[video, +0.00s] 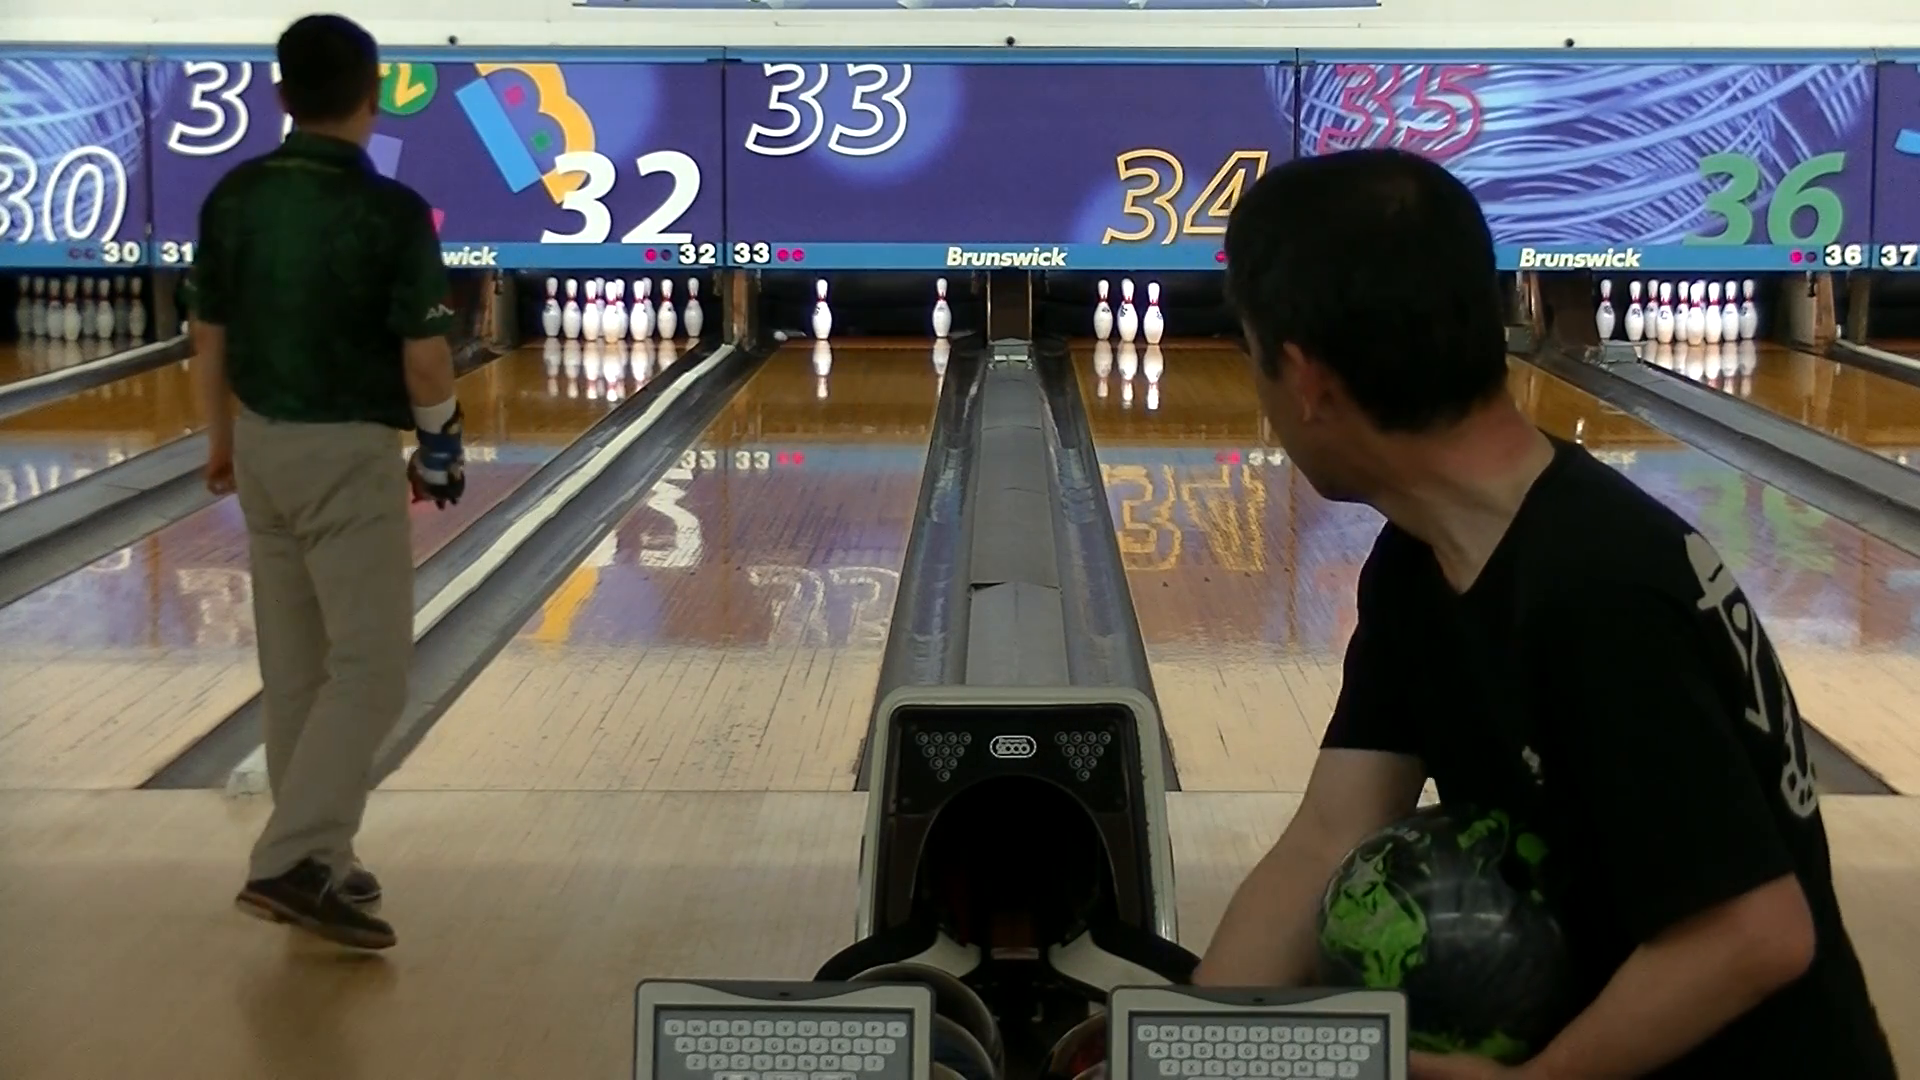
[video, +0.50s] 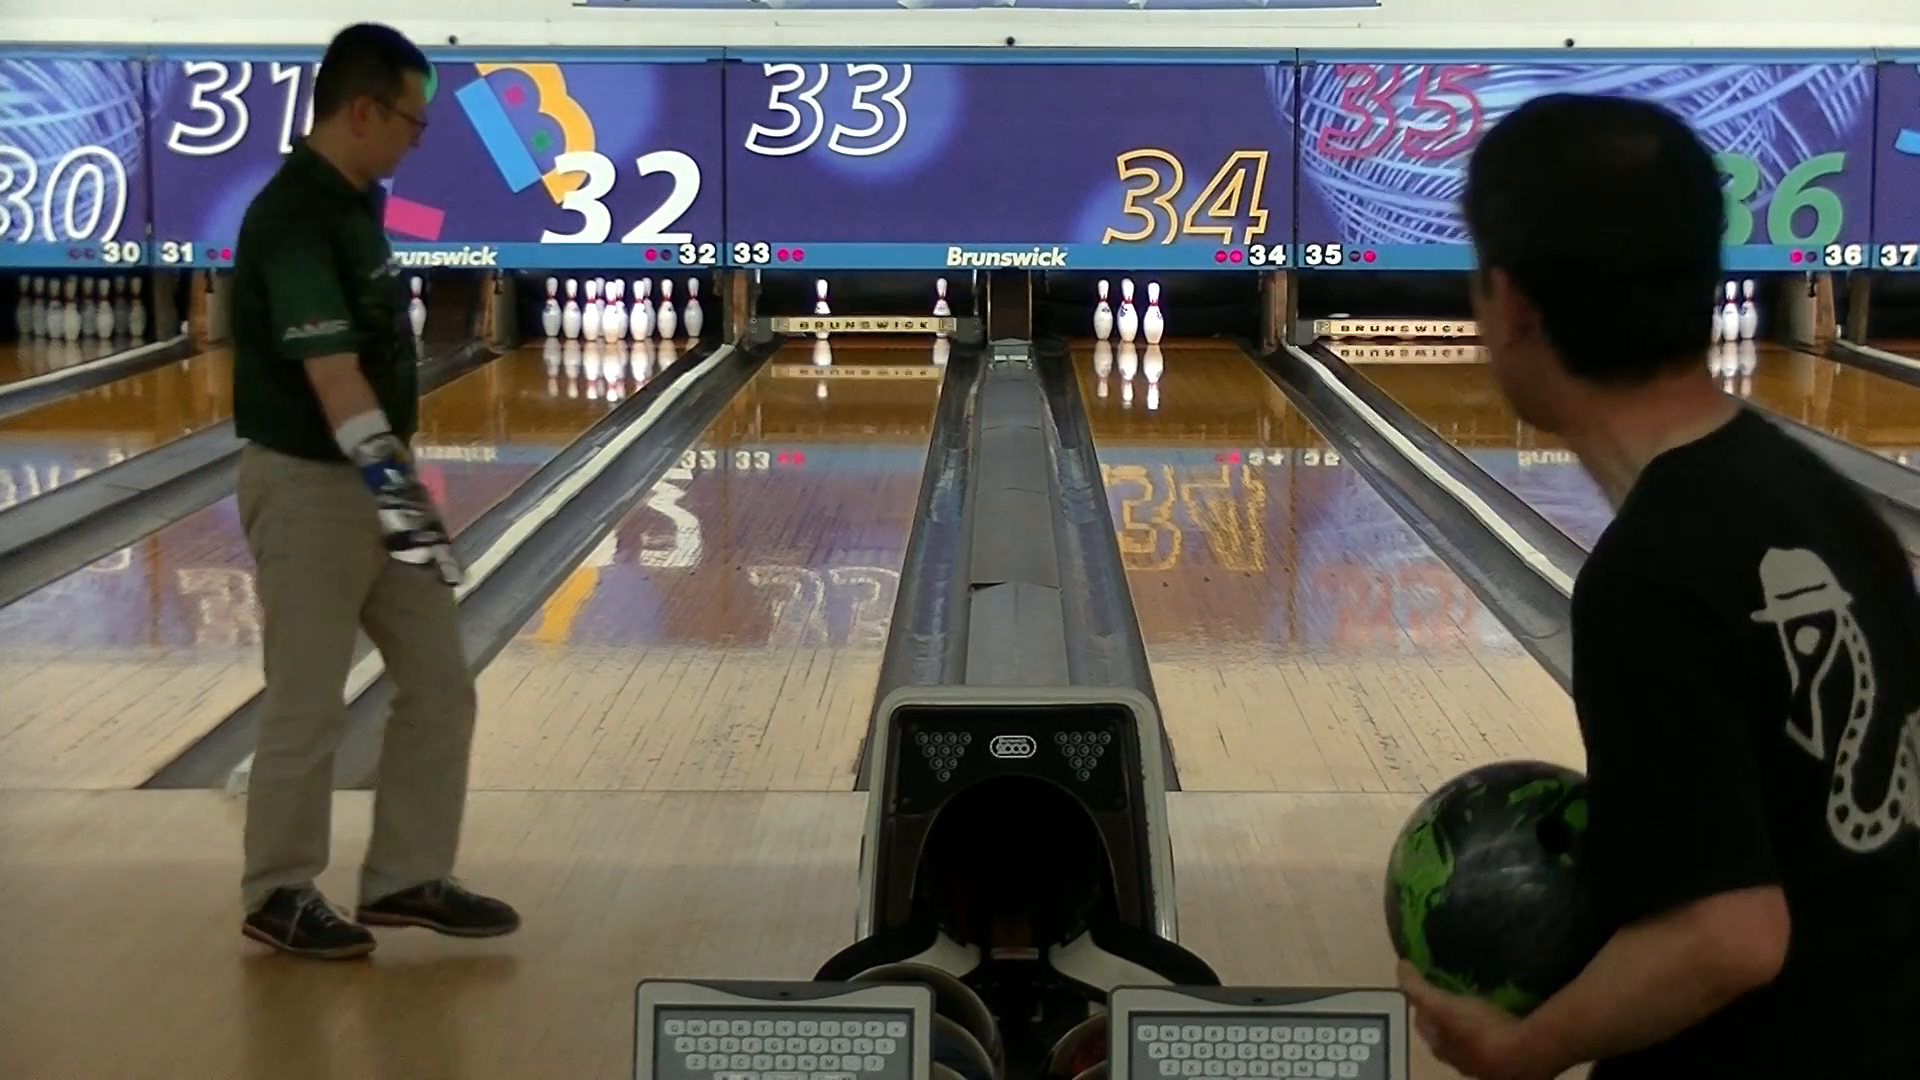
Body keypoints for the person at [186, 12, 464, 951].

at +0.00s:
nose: (381, 99)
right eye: (378, 86)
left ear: (284, 94)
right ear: (372, 93)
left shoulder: (232, 196)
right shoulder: (392, 211)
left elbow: (209, 336)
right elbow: (422, 354)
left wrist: (219, 438)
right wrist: (441, 435)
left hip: (260, 449)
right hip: (350, 452)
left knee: (292, 667)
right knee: (371, 666)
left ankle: (324, 872)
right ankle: (291, 859)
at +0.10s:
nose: (382, 103)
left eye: (374, 88)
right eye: (380, 89)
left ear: (285, 95)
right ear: (371, 96)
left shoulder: (238, 197)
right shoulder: (383, 212)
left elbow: (213, 331)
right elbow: (426, 359)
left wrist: (240, 429)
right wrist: (437, 437)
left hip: (260, 453)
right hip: (340, 459)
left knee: (294, 664)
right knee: (349, 675)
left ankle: (312, 852)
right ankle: (290, 887)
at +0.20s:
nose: (386, 103)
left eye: (379, 88)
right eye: (382, 89)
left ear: (290, 99)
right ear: (372, 96)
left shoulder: (247, 202)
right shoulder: (372, 215)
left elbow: (229, 330)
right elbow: (420, 362)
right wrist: (441, 436)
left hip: (267, 458)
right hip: (338, 468)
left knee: (310, 666)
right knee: (333, 682)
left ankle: (314, 849)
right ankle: (281, 893)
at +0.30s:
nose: (394, 108)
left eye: (388, 92)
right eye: (389, 92)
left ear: (304, 102)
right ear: (368, 99)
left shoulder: (264, 197)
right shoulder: (350, 214)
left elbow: (240, 336)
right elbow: (404, 371)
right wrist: (444, 447)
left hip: (288, 460)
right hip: (334, 468)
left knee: (360, 661)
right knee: (329, 676)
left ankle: (342, 852)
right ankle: (280, 894)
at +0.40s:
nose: (406, 119)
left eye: (405, 101)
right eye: (400, 100)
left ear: (336, 101)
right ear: (362, 101)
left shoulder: (329, 198)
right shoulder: (314, 203)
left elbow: (358, 358)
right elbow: (363, 363)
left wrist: (422, 472)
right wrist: (436, 471)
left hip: (360, 474)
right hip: (313, 474)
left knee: (403, 681)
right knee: (319, 688)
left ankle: (368, 867)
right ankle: (277, 894)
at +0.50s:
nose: (418, 137)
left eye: (420, 120)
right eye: (410, 118)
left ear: (361, 113)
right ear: (359, 109)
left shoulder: (354, 207)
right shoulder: (294, 212)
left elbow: (361, 355)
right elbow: (331, 369)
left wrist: (399, 468)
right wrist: (401, 487)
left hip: (374, 475)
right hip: (306, 480)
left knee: (440, 684)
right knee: (307, 702)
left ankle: (406, 877)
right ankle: (279, 892)